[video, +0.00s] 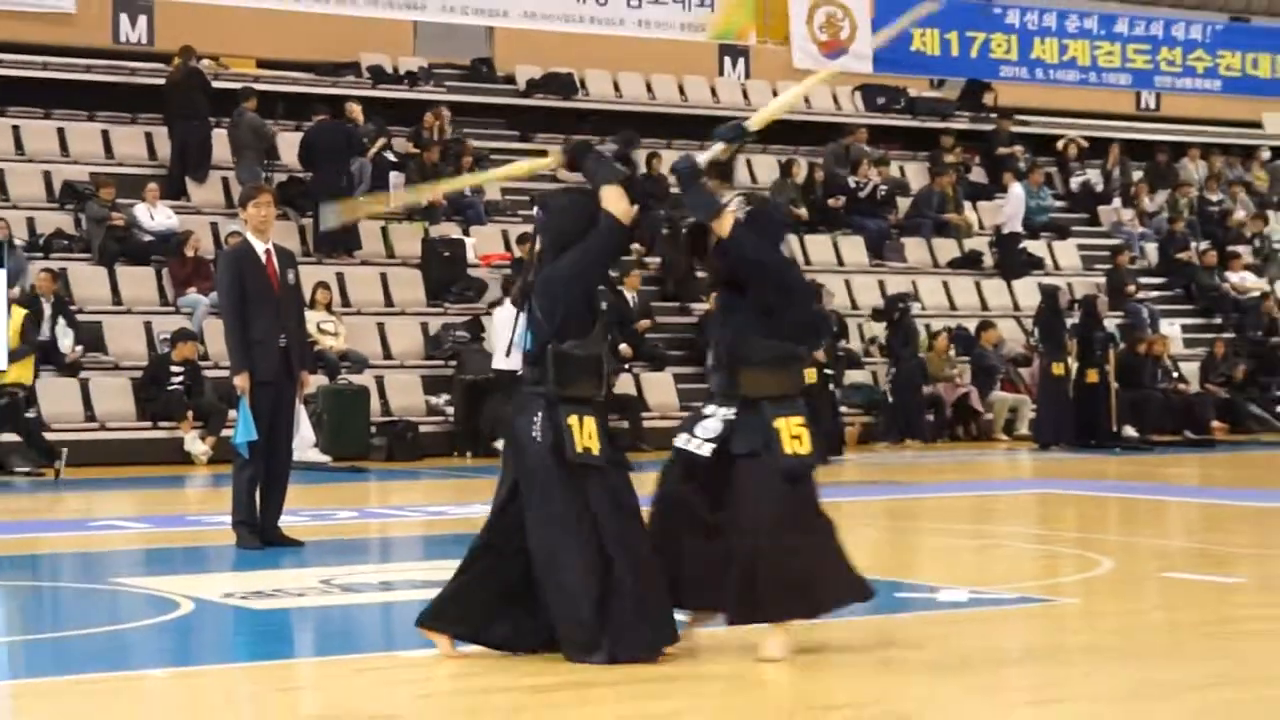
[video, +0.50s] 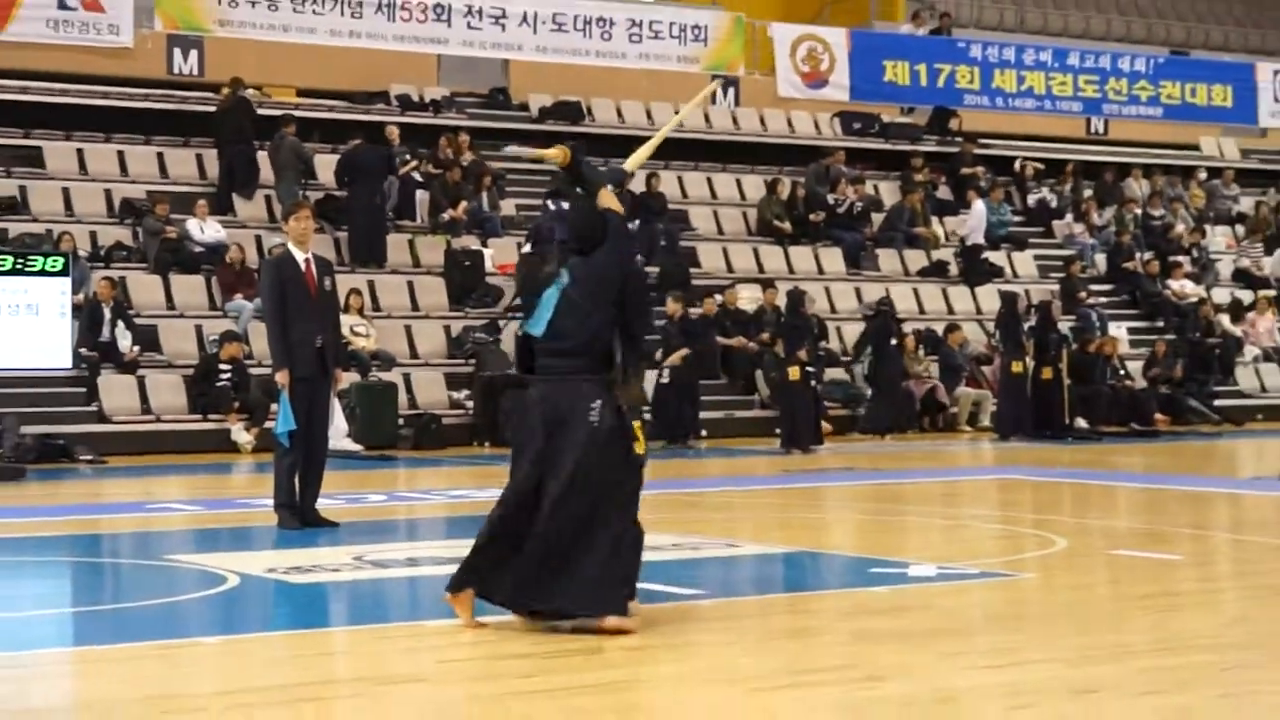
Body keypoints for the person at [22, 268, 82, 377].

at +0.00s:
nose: (41, 284)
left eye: (45, 281)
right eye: (39, 280)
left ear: (54, 285)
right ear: (35, 282)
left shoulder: (60, 302)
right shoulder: (28, 302)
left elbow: (73, 325)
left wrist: (77, 346)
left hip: (53, 344)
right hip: (33, 344)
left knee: (72, 367)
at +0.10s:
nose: (55, 286)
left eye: (59, 283)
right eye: (54, 282)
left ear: (68, 287)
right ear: (50, 284)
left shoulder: (73, 303)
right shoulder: (43, 302)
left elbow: (89, 326)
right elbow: (36, 326)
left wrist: (91, 348)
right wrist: (35, 348)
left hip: (65, 346)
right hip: (44, 346)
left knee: (86, 365)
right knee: (47, 364)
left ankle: (78, 403)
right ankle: (45, 403)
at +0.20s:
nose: (63, 286)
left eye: (68, 283)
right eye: (62, 283)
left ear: (76, 287)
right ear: (59, 285)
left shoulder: (82, 303)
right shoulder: (52, 302)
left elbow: (96, 325)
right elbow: (45, 326)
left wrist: (100, 347)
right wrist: (46, 348)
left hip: (74, 346)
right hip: (54, 346)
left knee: (95, 365)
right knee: (56, 365)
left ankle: (86, 402)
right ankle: (52, 401)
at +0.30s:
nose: (72, 287)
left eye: (76, 284)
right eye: (71, 283)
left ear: (85, 288)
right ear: (68, 285)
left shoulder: (90, 303)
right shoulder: (61, 303)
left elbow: (105, 326)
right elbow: (53, 327)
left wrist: (107, 348)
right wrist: (53, 349)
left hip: (83, 346)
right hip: (63, 346)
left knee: (103, 365)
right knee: (64, 363)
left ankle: (97, 402)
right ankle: (62, 401)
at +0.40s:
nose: (83, 288)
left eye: (88, 285)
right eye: (82, 285)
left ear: (96, 289)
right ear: (80, 287)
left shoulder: (102, 304)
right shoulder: (73, 304)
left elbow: (116, 326)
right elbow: (66, 328)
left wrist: (119, 348)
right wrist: (67, 349)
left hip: (94, 346)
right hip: (74, 346)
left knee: (114, 363)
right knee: (76, 362)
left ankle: (106, 399)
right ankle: (75, 400)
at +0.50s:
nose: (101, 291)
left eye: (105, 288)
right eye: (99, 288)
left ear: (113, 292)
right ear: (96, 290)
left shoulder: (118, 306)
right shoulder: (91, 306)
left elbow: (132, 326)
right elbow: (84, 328)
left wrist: (135, 349)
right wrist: (83, 348)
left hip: (112, 345)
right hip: (94, 345)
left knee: (130, 364)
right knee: (93, 364)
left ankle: (124, 399)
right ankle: (93, 399)